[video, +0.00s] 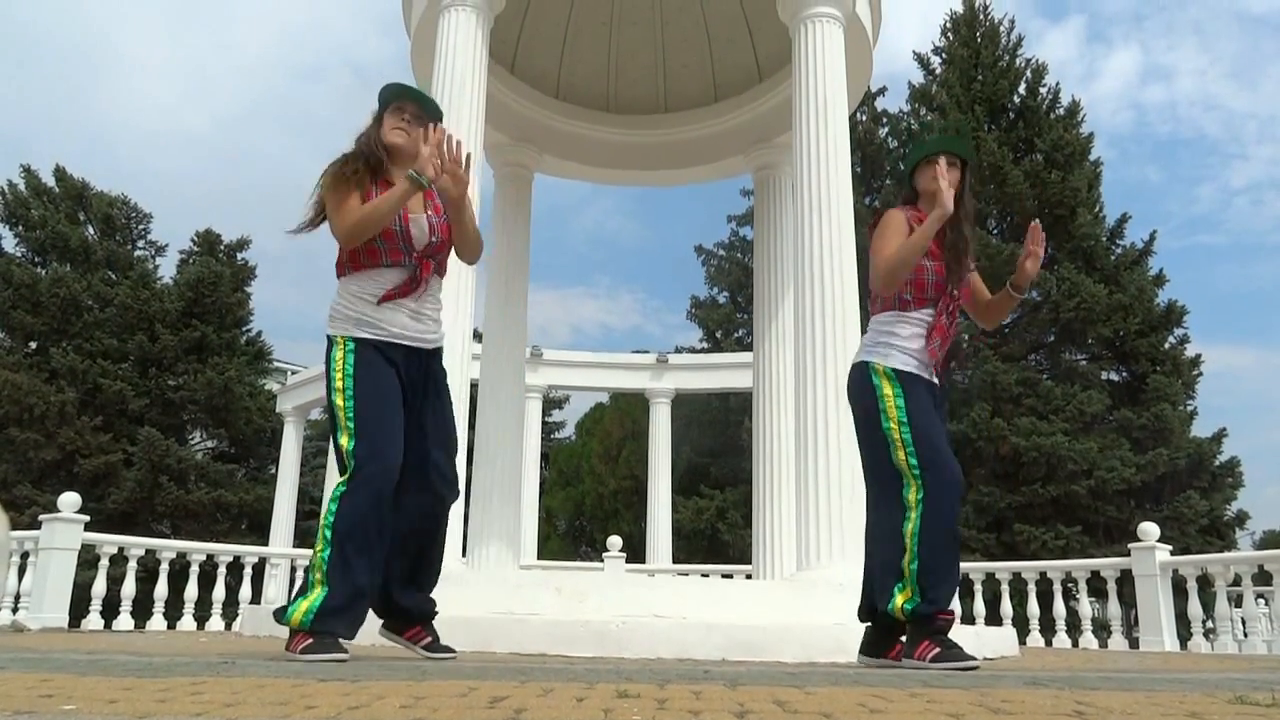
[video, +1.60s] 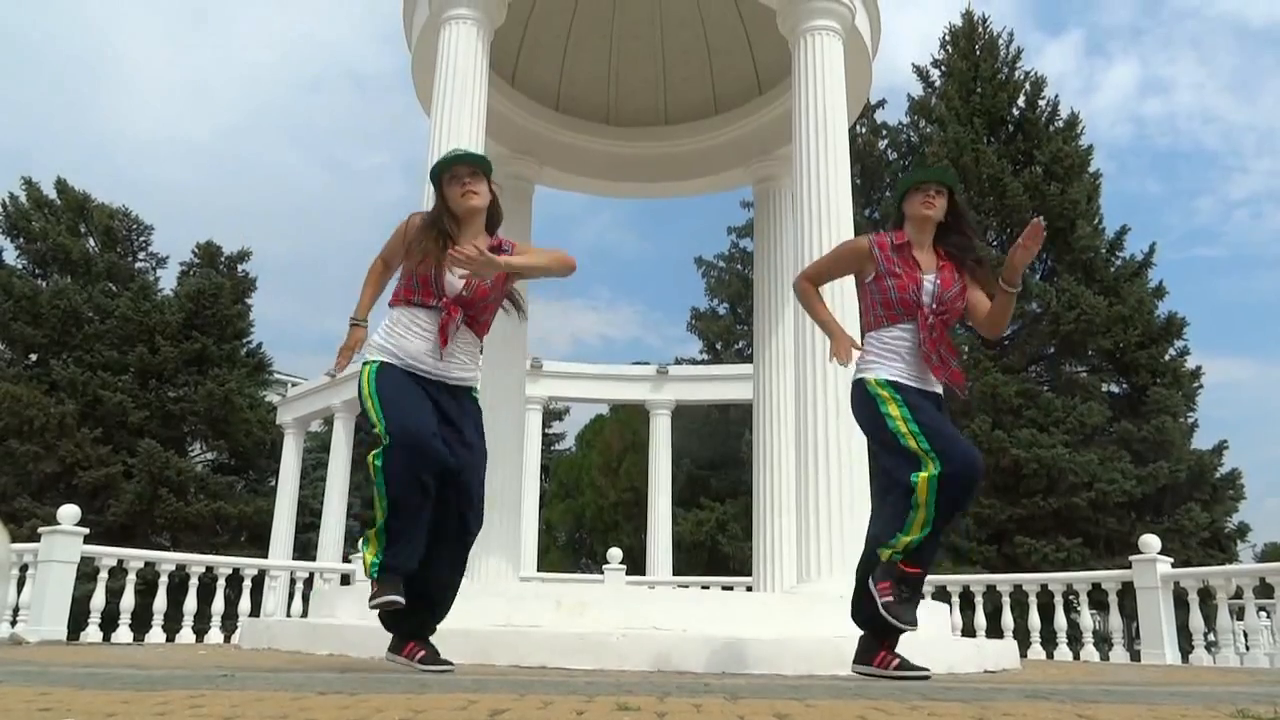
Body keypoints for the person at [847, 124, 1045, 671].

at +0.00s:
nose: (945, 172)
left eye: (954, 166)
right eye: (934, 164)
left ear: (962, 180)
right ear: (914, 176)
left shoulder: (956, 248)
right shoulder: (898, 219)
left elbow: (987, 315)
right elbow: (882, 281)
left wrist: (1019, 281)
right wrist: (937, 217)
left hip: (920, 381)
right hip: (886, 371)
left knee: (897, 498)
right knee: (936, 479)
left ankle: (884, 632)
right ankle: (921, 630)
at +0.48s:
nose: (921, 226)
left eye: (930, 221)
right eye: (912, 220)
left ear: (940, 233)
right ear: (894, 228)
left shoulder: (927, 291)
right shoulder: (879, 255)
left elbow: (952, 359)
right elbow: (844, 300)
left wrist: (980, 329)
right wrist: (912, 269)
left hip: (911, 395)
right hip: (879, 387)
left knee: (936, 502)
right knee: (922, 495)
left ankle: (886, 635)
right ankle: (914, 635)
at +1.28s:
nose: (936, 259)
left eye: (944, 257)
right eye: (928, 254)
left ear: (950, 277)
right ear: (910, 265)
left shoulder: (934, 329)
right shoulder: (893, 281)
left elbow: (934, 411)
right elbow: (827, 321)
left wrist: (976, 396)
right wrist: (888, 317)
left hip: (914, 430)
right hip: (876, 418)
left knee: (956, 534)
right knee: (930, 510)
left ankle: (888, 644)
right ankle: (922, 644)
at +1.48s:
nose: (936, 212)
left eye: (945, 210)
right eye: (927, 207)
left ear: (952, 228)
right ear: (910, 221)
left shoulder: (946, 287)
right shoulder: (884, 257)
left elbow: (957, 369)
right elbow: (813, 301)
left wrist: (979, 337)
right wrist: (848, 349)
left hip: (916, 403)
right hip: (876, 390)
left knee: (897, 505)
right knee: (951, 473)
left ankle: (882, 651)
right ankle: (884, 581)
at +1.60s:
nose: (931, 195)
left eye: (940, 192)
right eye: (922, 189)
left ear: (948, 211)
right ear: (903, 203)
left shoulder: (953, 267)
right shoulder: (870, 248)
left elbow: (993, 326)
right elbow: (805, 282)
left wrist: (1012, 273)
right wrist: (836, 332)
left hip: (925, 393)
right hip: (880, 381)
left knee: (896, 512)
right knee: (960, 464)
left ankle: (876, 648)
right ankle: (899, 568)